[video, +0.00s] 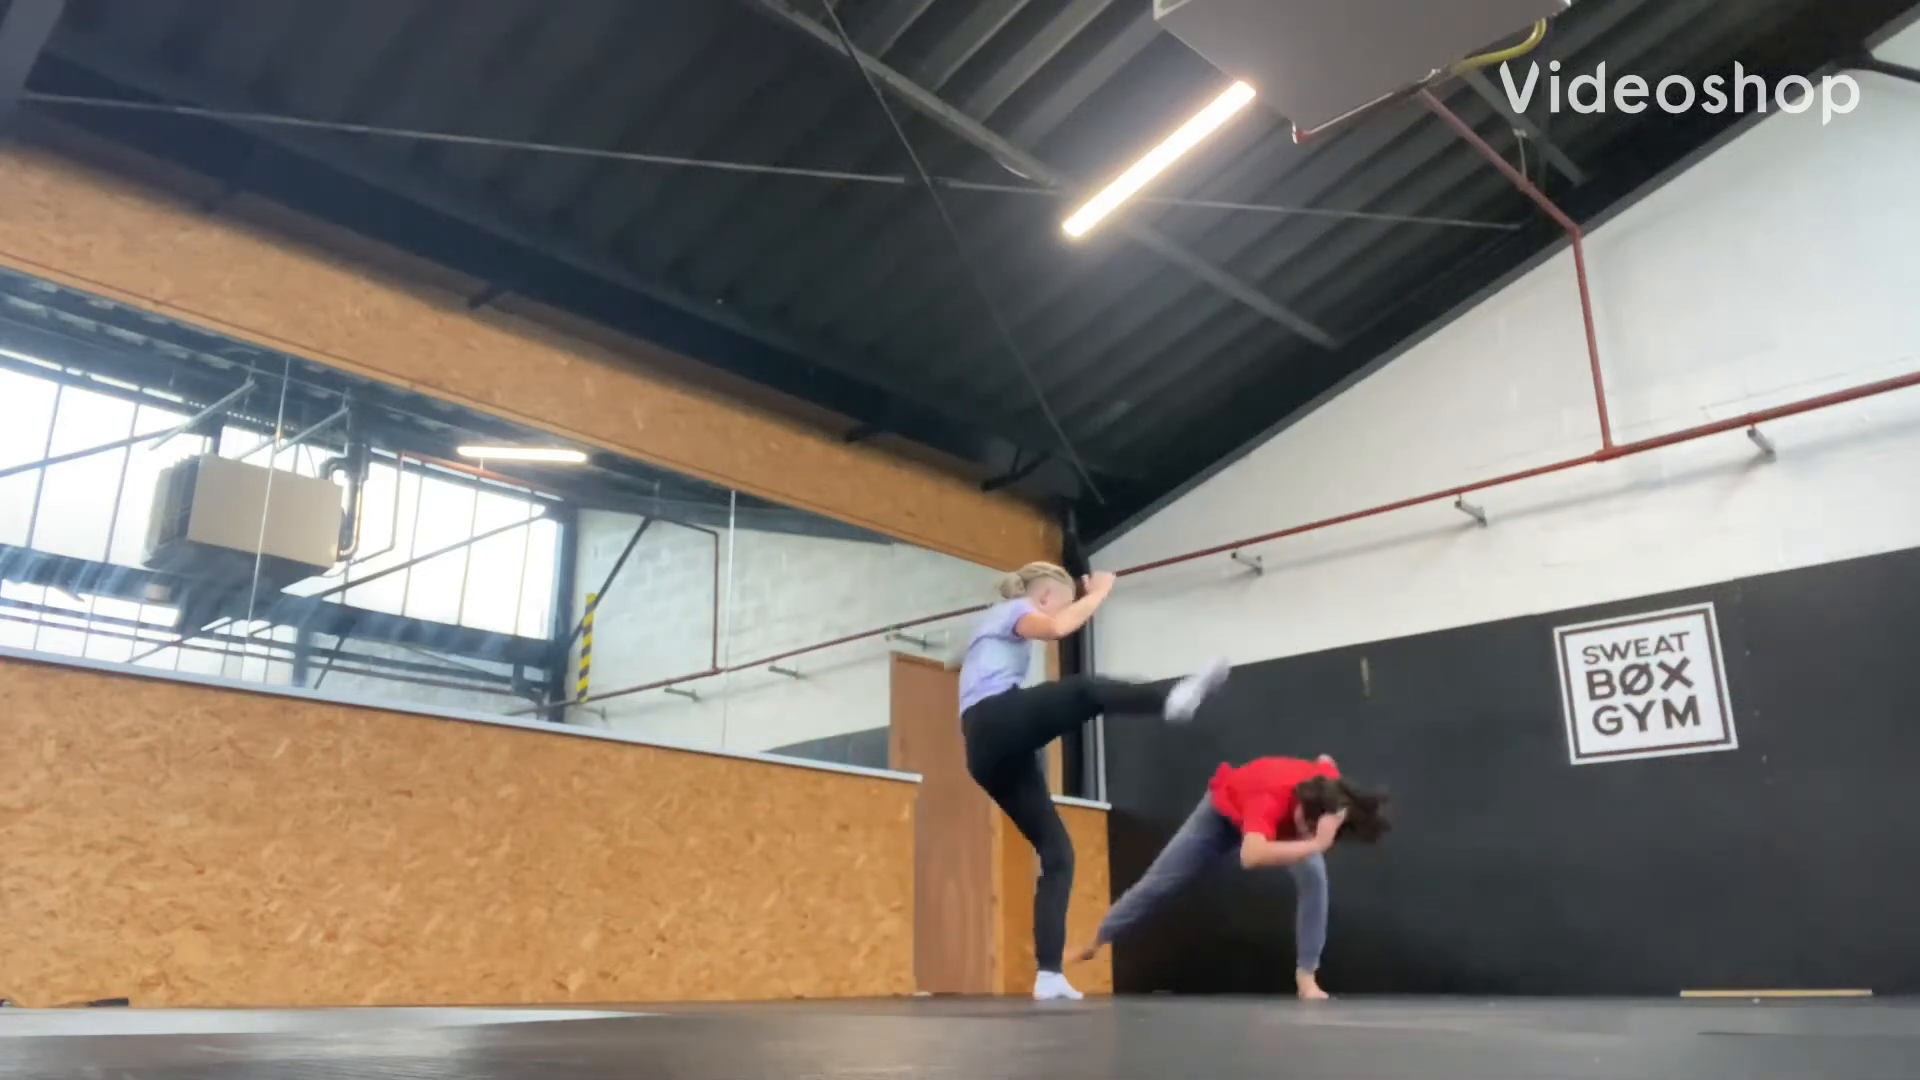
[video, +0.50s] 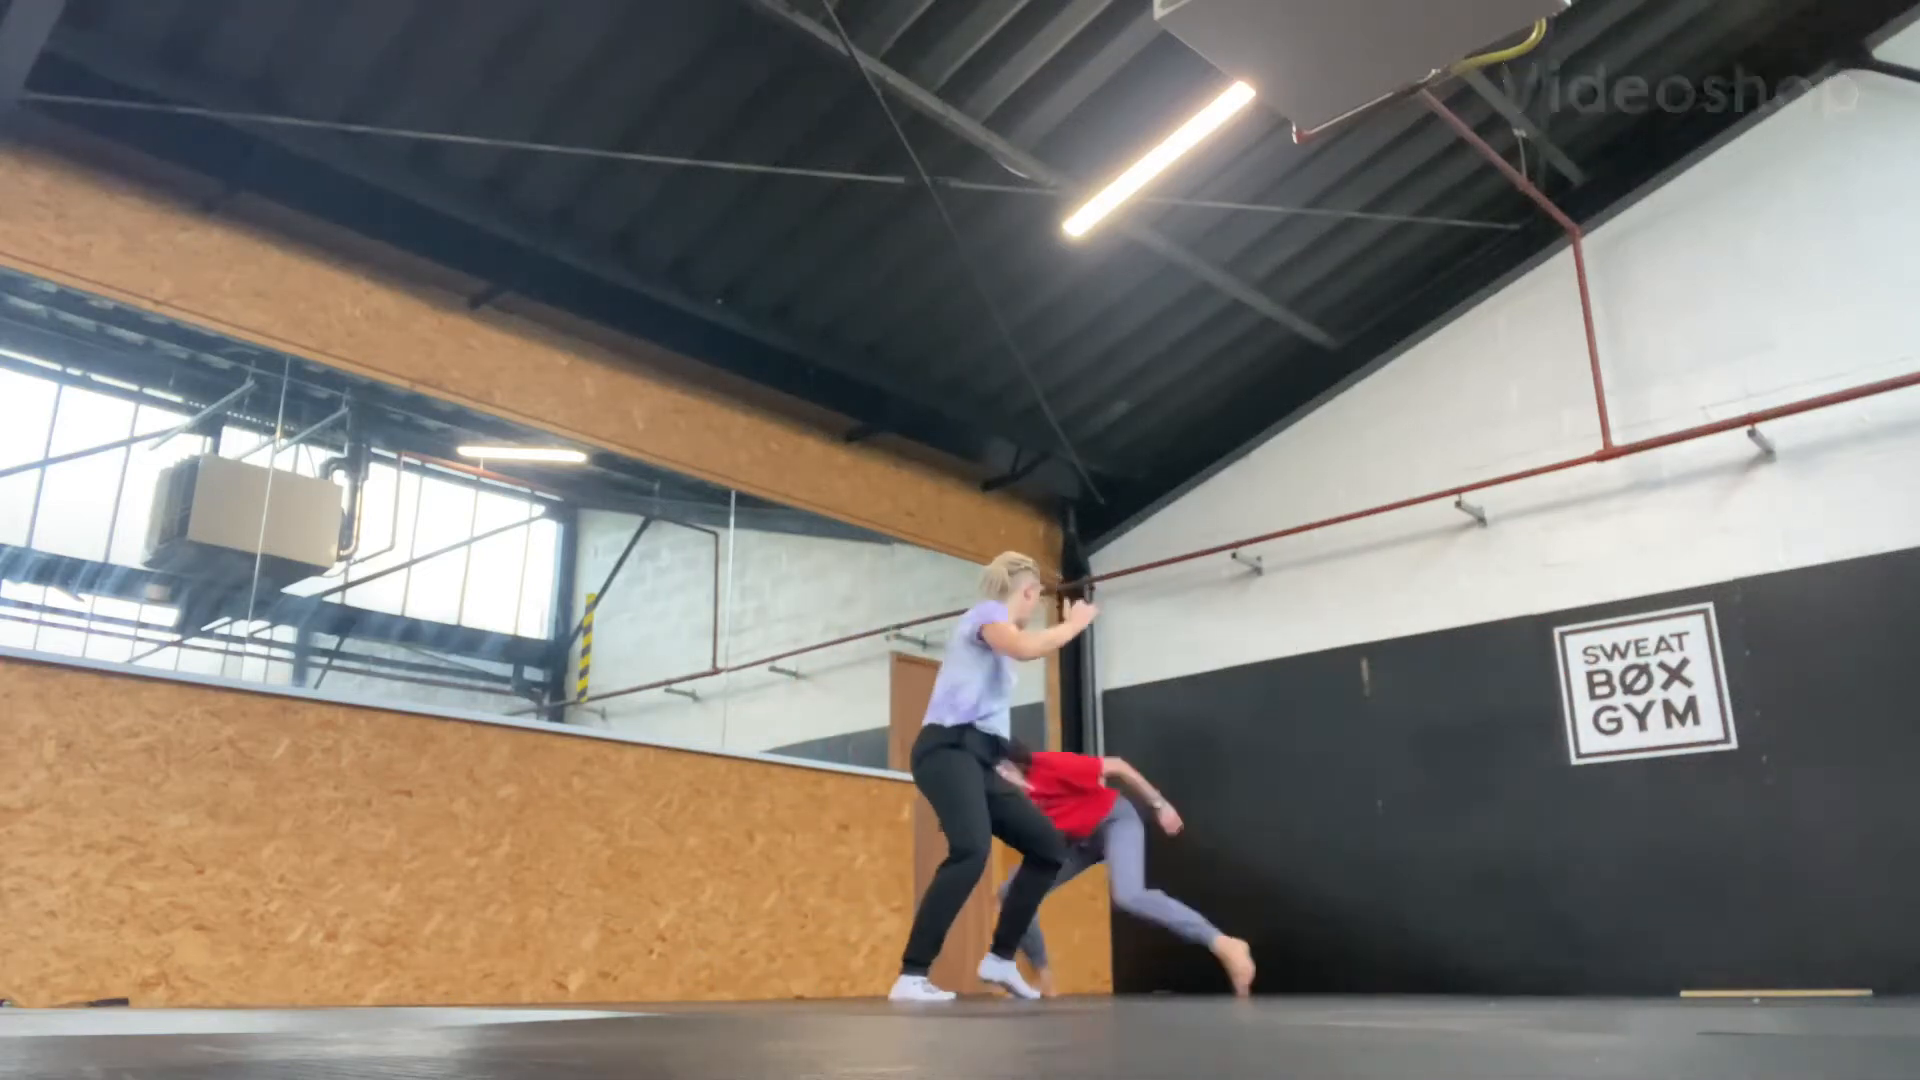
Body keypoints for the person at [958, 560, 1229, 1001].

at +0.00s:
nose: (1057, 614)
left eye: (1061, 607)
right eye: (1056, 604)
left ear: (1039, 600)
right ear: (1038, 594)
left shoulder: (996, 635)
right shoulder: (1008, 610)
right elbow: (1055, 626)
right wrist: (1098, 595)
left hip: (989, 758)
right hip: (997, 719)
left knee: (1057, 854)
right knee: (1085, 692)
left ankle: (1049, 976)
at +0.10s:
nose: (1064, 610)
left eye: (1067, 604)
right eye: (1064, 602)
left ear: (1029, 591)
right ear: (1044, 588)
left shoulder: (989, 626)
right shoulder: (1017, 605)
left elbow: (944, 672)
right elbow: (1033, 633)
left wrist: (939, 666)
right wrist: (1083, 612)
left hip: (973, 750)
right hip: (990, 718)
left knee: (1060, 850)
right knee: (1050, 764)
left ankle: (1049, 975)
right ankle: (1035, 854)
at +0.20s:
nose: (1062, 611)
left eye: (1065, 604)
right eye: (1062, 601)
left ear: (1035, 591)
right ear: (1044, 589)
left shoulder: (995, 625)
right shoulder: (1014, 605)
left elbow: (943, 692)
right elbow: (1021, 640)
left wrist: (952, 738)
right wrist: (1071, 621)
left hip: (991, 751)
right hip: (976, 739)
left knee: (1059, 851)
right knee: (986, 838)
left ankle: (1050, 975)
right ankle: (922, 956)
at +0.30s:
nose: (1056, 614)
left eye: (1059, 606)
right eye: (1056, 603)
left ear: (1030, 593)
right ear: (1041, 592)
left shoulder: (1015, 633)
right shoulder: (999, 613)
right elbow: (993, 657)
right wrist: (1053, 643)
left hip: (988, 762)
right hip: (952, 747)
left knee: (1056, 851)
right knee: (970, 848)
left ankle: (1048, 976)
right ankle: (913, 976)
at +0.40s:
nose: (1048, 608)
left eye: (1050, 601)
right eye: (1046, 598)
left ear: (1027, 596)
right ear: (1030, 592)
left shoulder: (1012, 635)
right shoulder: (991, 614)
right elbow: (979, 661)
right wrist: (1048, 651)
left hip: (979, 763)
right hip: (944, 752)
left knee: (1047, 847)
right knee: (963, 846)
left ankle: (1038, 971)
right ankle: (910, 977)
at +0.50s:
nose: (1036, 605)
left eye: (1038, 597)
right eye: (1035, 594)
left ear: (1004, 587)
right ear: (1022, 588)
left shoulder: (996, 633)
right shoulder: (987, 613)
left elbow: (973, 717)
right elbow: (1020, 647)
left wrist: (1001, 765)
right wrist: (1073, 625)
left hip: (977, 762)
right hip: (945, 751)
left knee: (1048, 848)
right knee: (970, 849)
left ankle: (1000, 960)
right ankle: (912, 978)